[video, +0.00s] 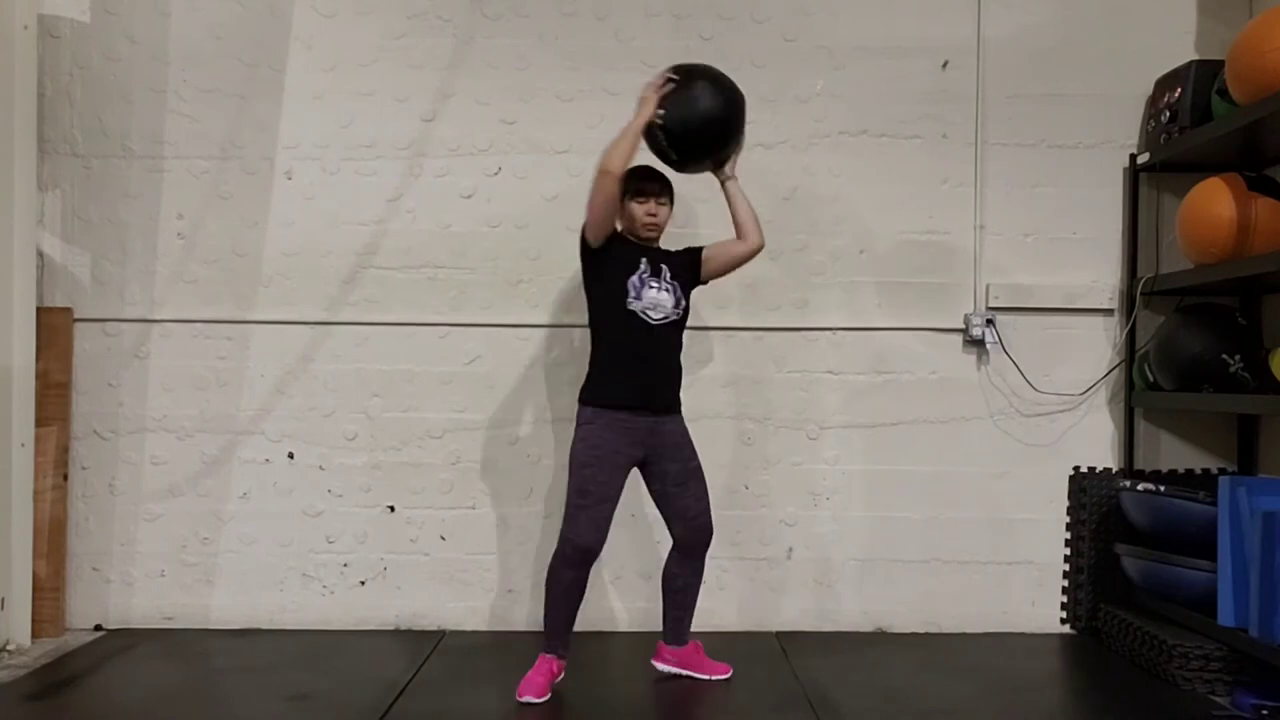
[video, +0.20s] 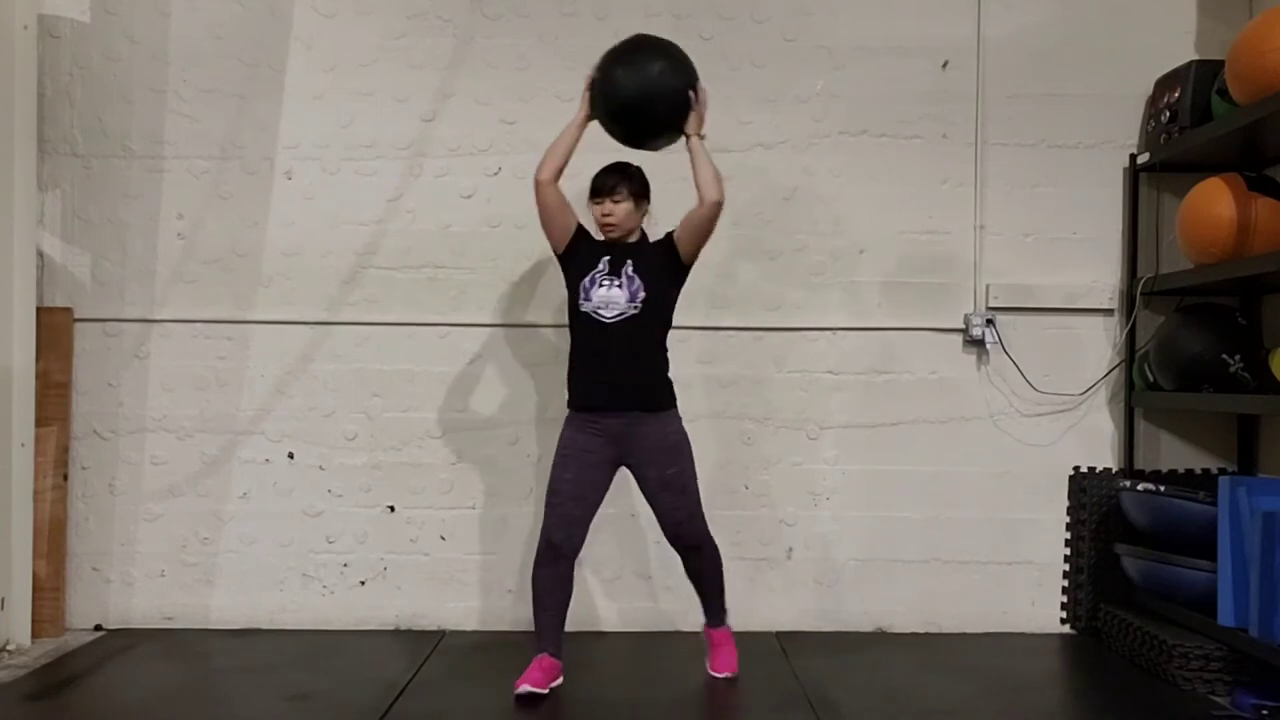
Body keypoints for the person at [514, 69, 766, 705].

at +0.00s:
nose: (653, 207)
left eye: (662, 199)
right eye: (643, 197)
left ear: (671, 210)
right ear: (621, 204)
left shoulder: (681, 265)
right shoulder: (603, 252)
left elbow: (750, 242)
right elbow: (608, 176)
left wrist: (725, 173)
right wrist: (643, 116)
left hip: (665, 425)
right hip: (606, 423)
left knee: (695, 533)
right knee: (580, 543)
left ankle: (676, 645)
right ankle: (552, 655)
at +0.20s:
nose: (605, 207)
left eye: (618, 199)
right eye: (598, 200)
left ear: (643, 208)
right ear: (591, 209)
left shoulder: (666, 259)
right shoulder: (577, 255)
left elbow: (712, 203)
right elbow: (544, 180)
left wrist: (693, 135)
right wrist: (583, 114)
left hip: (653, 425)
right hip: (588, 425)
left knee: (689, 533)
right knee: (558, 539)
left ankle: (717, 628)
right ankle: (547, 655)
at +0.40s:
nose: (575, 223)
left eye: (584, 213)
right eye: (570, 214)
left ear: (615, 212)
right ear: (567, 219)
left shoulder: (644, 263)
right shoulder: (571, 266)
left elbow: (636, 203)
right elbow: (519, 213)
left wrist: (635, 121)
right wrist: (537, 136)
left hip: (648, 436)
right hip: (588, 438)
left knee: (681, 546)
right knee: (547, 543)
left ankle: (743, 626)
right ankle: (547, 656)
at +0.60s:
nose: (559, 274)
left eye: (567, 263)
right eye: (555, 266)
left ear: (597, 256)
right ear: (557, 267)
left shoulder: (628, 305)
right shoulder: (572, 309)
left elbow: (576, 335)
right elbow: (509, 348)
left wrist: (532, 266)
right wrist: (474, 293)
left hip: (663, 461)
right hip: (610, 460)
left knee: (673, 581)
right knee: (551, 541)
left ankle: (745, 628)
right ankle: (549, 658)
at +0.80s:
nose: (528, 323)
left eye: (536, 311)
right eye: (525, 313)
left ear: (571, 311)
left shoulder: (606, 373)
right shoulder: (544, 379)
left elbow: (619, 469)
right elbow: (540, 455)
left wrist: (610, 553)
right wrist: (525, 531)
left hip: (659, 496)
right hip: (603, 486)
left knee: (663, 620)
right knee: (540, 551)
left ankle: (744, 627)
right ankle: (551, 661)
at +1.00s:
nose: (507, 309)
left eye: (515, 298)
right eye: (504, 299)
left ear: (551, 298)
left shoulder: (591, 358)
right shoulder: (525, 373)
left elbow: (598, 455)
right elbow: (517, 452)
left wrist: (551, 523)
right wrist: (483, 505)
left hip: (647, 483)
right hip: (591, 479)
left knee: (663, 603)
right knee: (534, 551)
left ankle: (744, 627)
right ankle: (550, 659)